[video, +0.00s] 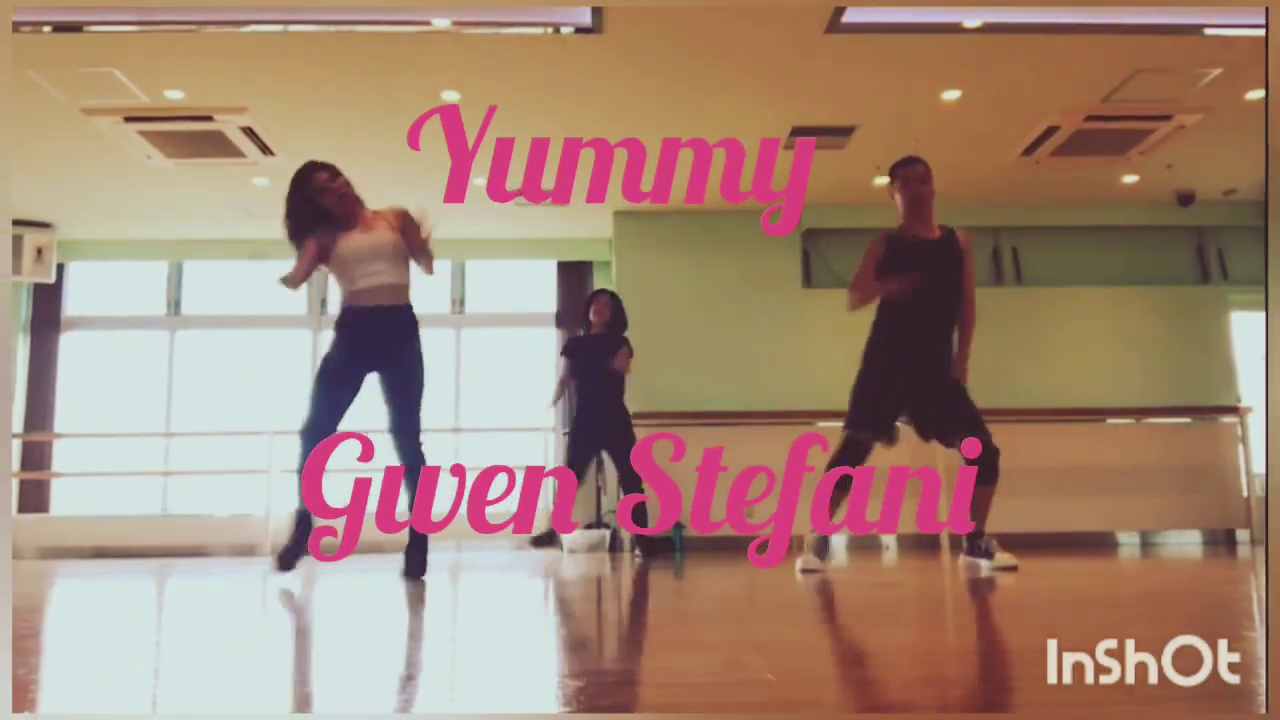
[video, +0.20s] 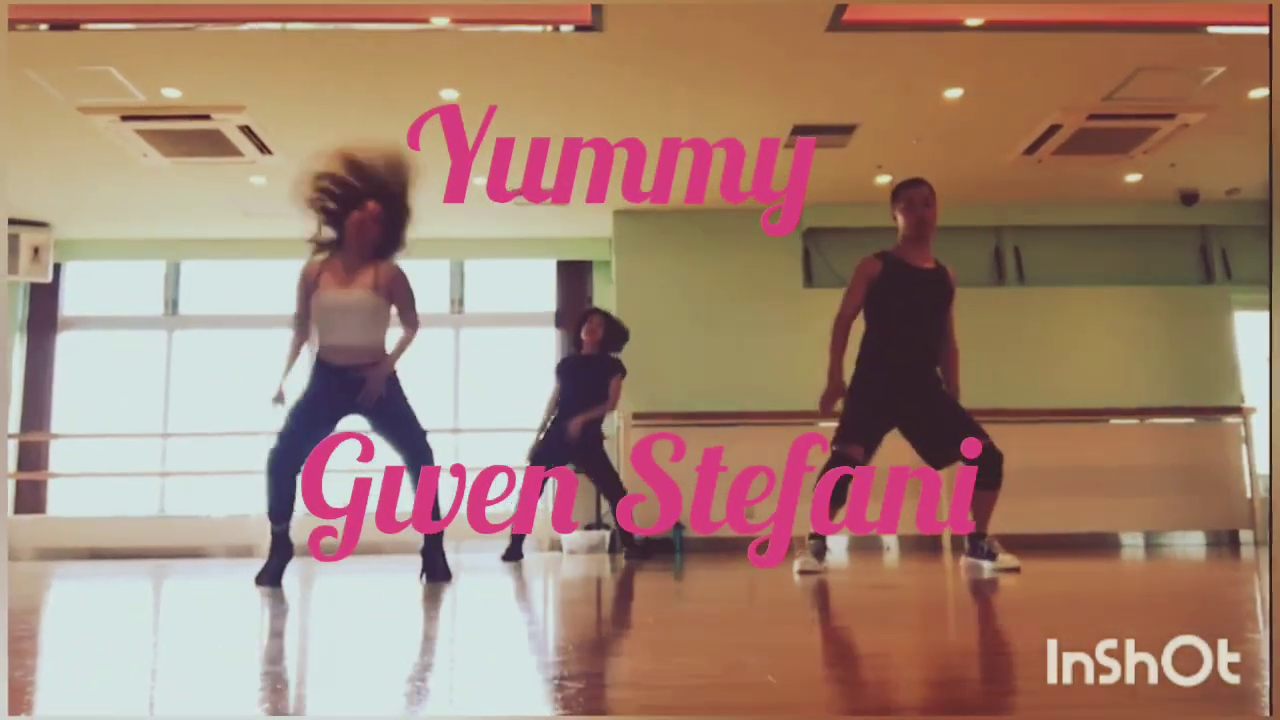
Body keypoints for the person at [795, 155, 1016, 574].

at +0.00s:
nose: (917, 190)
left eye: (923, 181)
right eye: (907, 184)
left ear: (934, 187)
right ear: (894, 193)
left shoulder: (956, 243)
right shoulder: (885, 245)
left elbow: (967, 305)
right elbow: (855, 297)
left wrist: (961, 361)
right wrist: (889, 284)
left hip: (933, 369)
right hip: (884, 368)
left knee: (984, 453)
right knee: (853, 450)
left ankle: (974, 541)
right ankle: (817, 541)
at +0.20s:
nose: (920, 213)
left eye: (927, 205)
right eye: (910, 206)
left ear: (937, 213)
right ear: (895, 215)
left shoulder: (943, 278)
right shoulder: (874, 269)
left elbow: (948, 343)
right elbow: (843, 321)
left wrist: (952, 396)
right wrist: (834, 379)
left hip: (922, 389)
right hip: (874, 387)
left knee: (988, 459)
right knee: (844, 463)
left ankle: (977, 542)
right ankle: (817, 542)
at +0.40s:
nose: (919, 210)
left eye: (926, 202)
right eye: (909, 202)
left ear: (935, 210)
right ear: (892, 210)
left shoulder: (935, 273)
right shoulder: (866, 262)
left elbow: (946, 338)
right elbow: (835, 319)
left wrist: (959, 391)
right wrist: (823, 379)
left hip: (934, 388)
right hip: (882, 389)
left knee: (997, 460)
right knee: (855, 466)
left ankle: (984, 544)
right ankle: (819, 544)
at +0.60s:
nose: (914, 197)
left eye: (921, 189)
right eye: (904, 189)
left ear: (929, 196)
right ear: (886, 195)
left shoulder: (935, 257)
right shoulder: (860, 248)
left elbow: (948, 320)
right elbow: (831, 306)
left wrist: (961, 376)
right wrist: (818, 364)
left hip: (935, 371)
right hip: (882, 373)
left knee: (987, 452)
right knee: (859, 456)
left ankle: (986, 545)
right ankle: (820, 544)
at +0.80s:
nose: (902, 193)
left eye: (909, 185)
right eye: (893, 185)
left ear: (920, 191)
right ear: (877, 191)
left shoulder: (936, 250)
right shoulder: (855, 246)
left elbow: (947, 314)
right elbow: (826, 304)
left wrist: (957, 373)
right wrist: (811, 361)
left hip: (921, 368)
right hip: (868, 371)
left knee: (971, 453)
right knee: (850, 455)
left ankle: (985, 545)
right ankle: (819, 545)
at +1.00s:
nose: (896, 203)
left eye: (903, 193)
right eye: (886, 195)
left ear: (914, 198)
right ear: (871, 201)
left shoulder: (935, 257)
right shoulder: (855, 258)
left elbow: (940, 321)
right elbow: (829, 317)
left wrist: (936, 376)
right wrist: (814, 376)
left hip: (914, 385)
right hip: (860, 383)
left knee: (970, 465)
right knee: (835, 462)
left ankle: (984, 546)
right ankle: (818, 546)